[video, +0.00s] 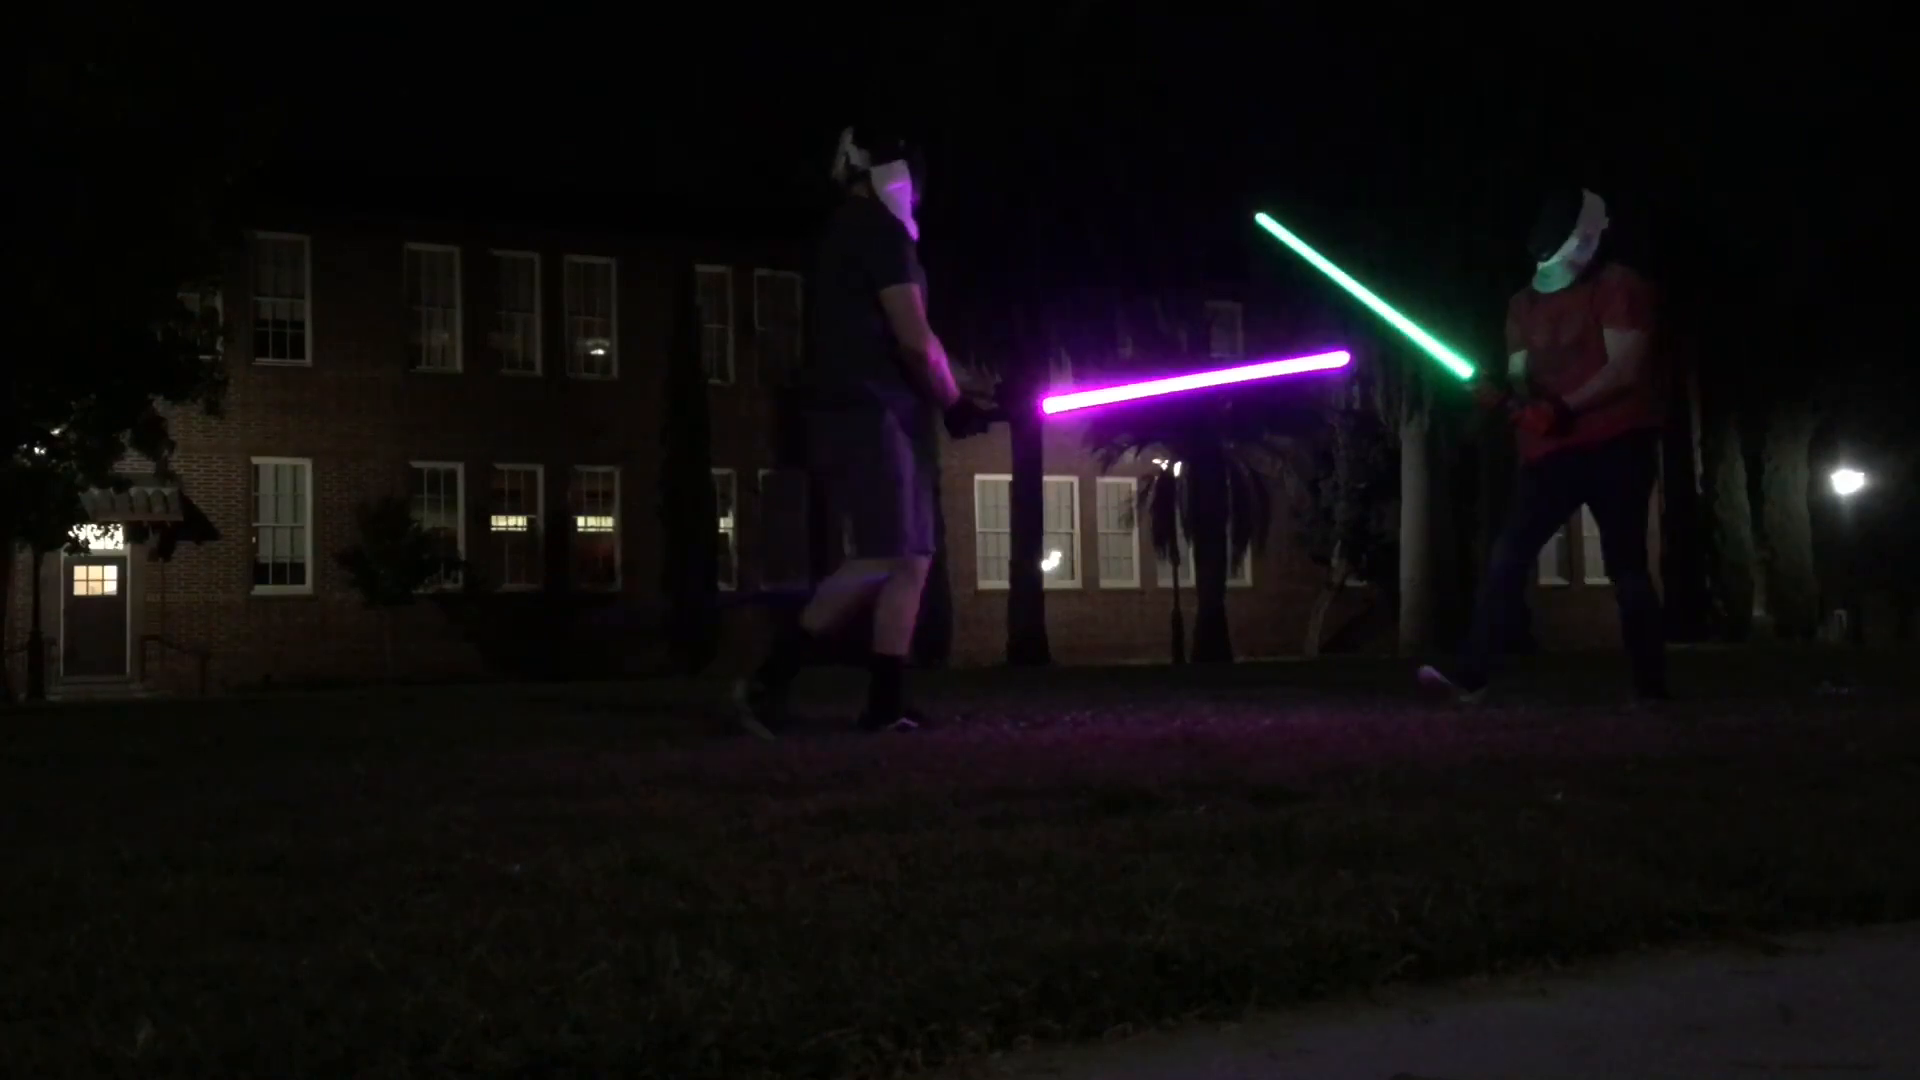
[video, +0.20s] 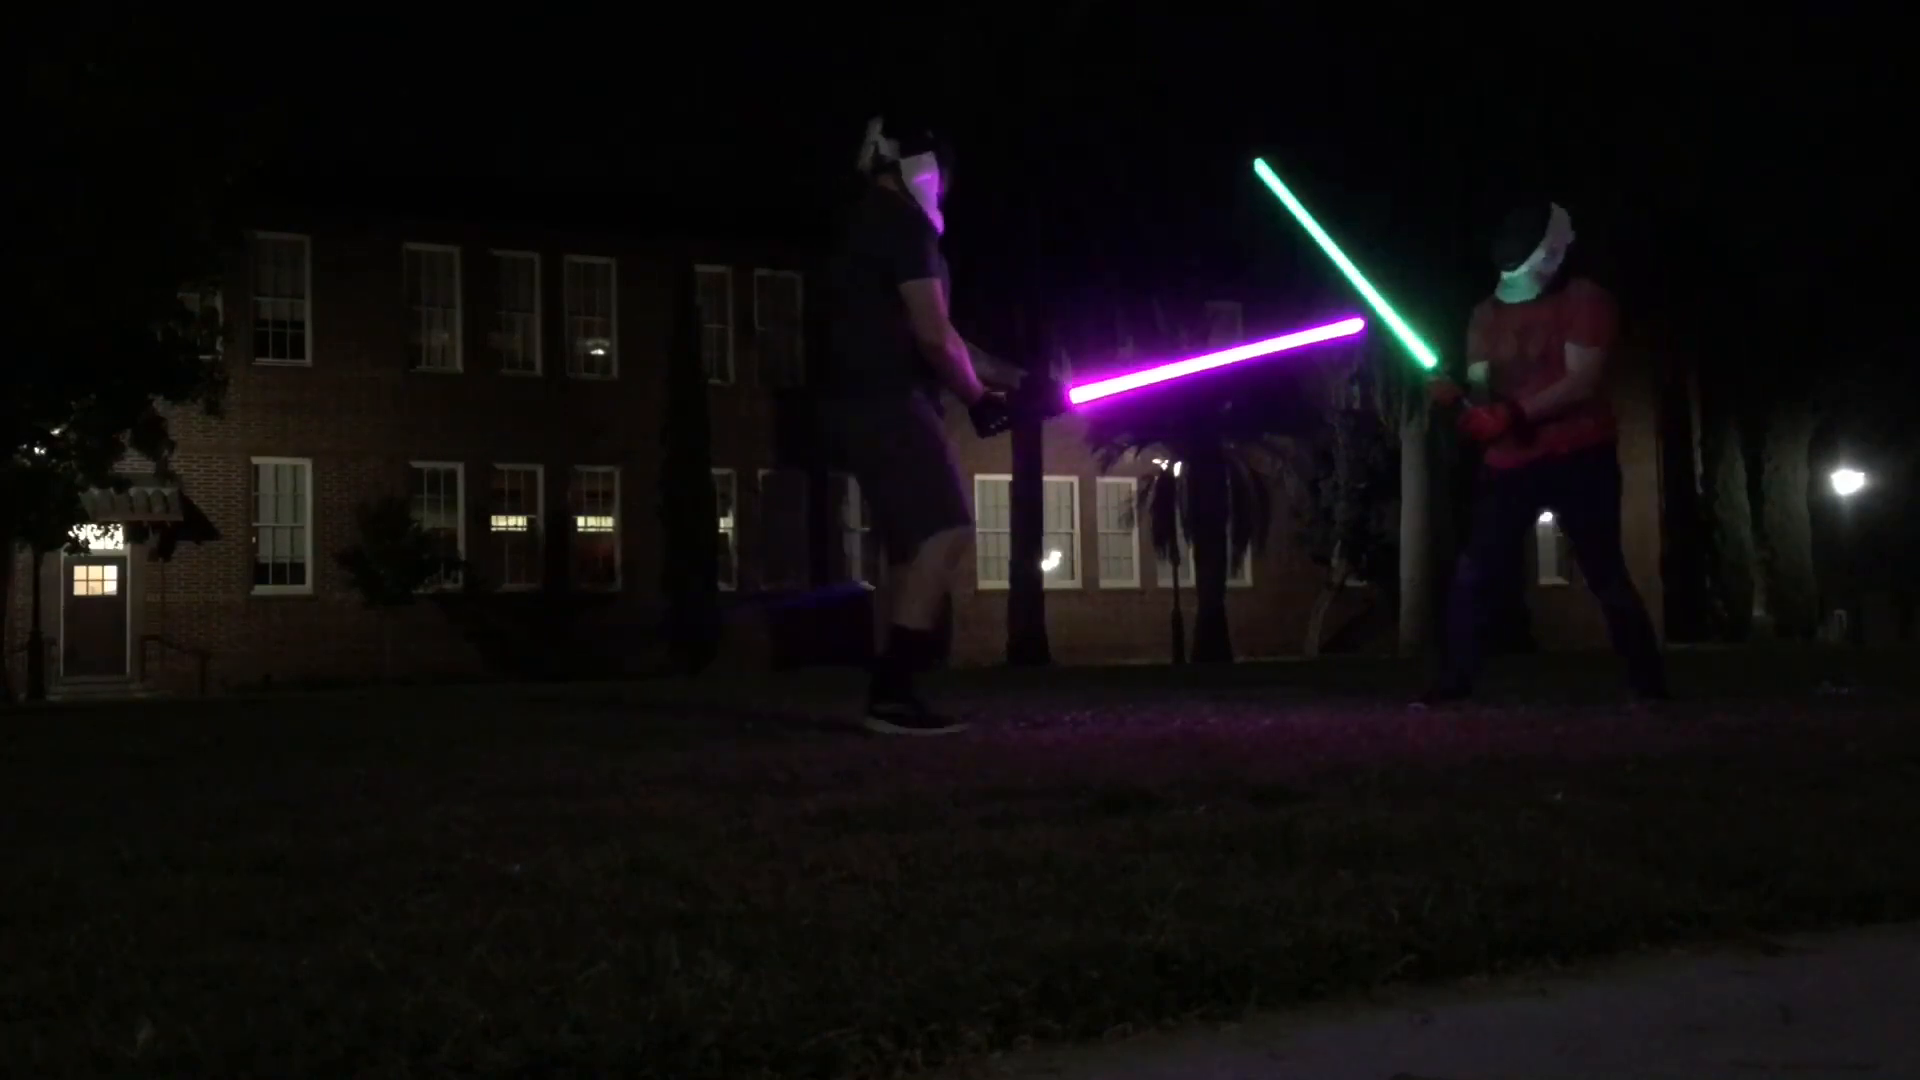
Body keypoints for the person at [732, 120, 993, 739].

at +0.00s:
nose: (912, 193)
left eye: (909, 180)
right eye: (903, 181)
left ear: (866, 184)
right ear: (878, 183)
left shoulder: (848, 233)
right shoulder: (881, 234)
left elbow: (903, 333)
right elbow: (914, 337)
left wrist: (956, 388)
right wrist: (952, 399)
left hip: (865, 413)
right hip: (870, 415)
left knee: (906, 555)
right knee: (891, 553)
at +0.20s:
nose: (940, 180)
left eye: (937, 166)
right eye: (931, 166)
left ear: (890, 169)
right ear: (905, 169)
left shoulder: (872, 221)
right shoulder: (904, 226)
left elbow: (928, 333)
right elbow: (931, 332)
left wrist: (1000, 375)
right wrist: (977, 398)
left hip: (866, 402)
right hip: (889, 404)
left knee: (909, 538)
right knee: (946, 528)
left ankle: (894, 687)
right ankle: (898, 691)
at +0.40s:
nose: (964, 177)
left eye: (962, 164)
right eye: (956, 166)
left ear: (910, 170)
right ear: (929, 168)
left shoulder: (886, 225)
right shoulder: (938, 228)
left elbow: (936, 330)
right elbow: (974, 330)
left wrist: (1018, 357)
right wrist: (1006, 381)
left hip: (896, 407)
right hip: (935, 409)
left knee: (931, 550)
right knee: (976, 544)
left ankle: (905, 688)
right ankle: (932, 696)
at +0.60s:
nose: (1001, 177)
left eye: (998, 164)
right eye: (994, 164)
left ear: (942, 169)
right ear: (969, 167)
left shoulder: (918, 226)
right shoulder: (974, 232)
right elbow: (1013, 343)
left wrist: (1038, 365)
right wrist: (1043, 389)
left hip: (941, 407)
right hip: (972, 410)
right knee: (1009, 553)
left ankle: (986, 676)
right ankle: (941, 696)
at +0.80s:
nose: (1050, 193)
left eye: (1046, 181)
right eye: (1042, 182)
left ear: (991, 187)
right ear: (1017, 186)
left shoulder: (974, 241)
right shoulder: (1027, 248)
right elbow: (1092, 356)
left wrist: (1095, 343)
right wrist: (1123, 357)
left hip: (991, 419)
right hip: (1015, 423)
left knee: (1091, 542)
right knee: (1025, 566)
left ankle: (1146, 677)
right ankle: (937, 704)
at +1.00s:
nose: (1115, 219)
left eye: (1112, 209)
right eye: (1110, 208)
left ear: (1061, 210)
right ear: (1088, 211)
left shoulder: (1058, 261)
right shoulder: (1095, 262)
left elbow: (1134, 254)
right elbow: (1199, 267)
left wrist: (1187, 216)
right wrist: (1221, 234)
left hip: (1093, 445)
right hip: (1091, 445)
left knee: (1181, 556)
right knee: (1066, 573)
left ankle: (1216, 692)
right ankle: (954, 696)